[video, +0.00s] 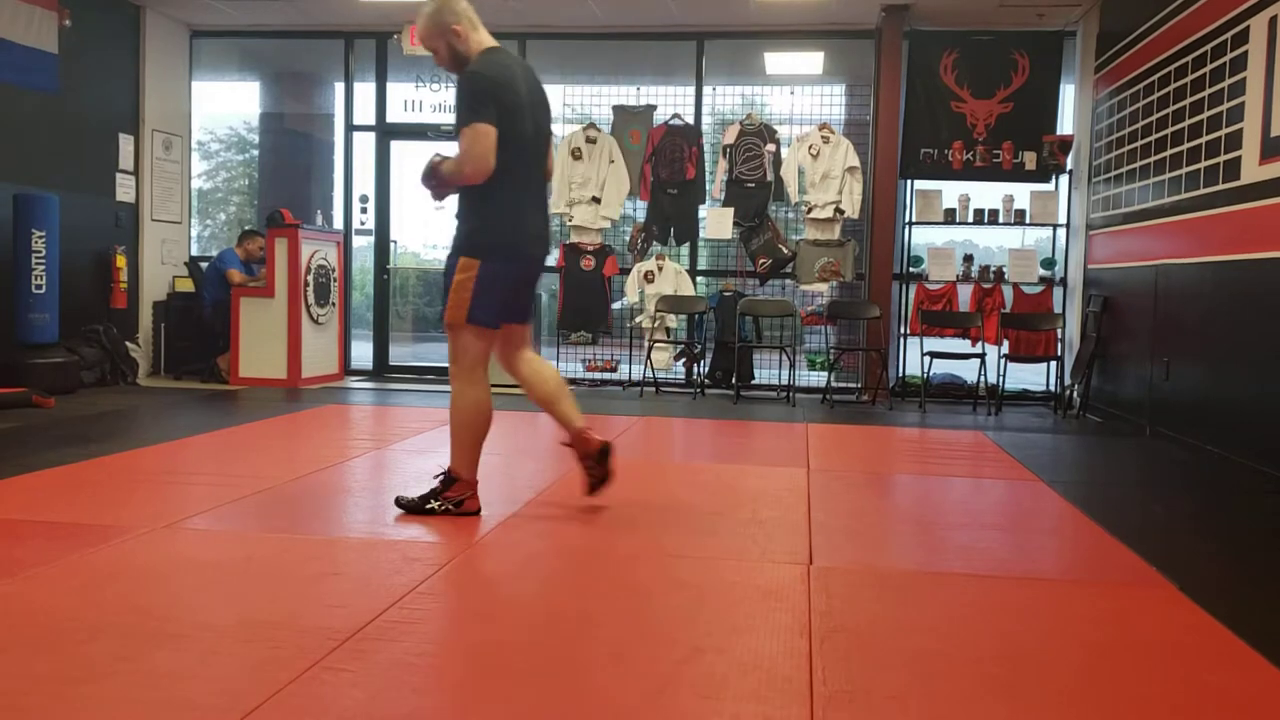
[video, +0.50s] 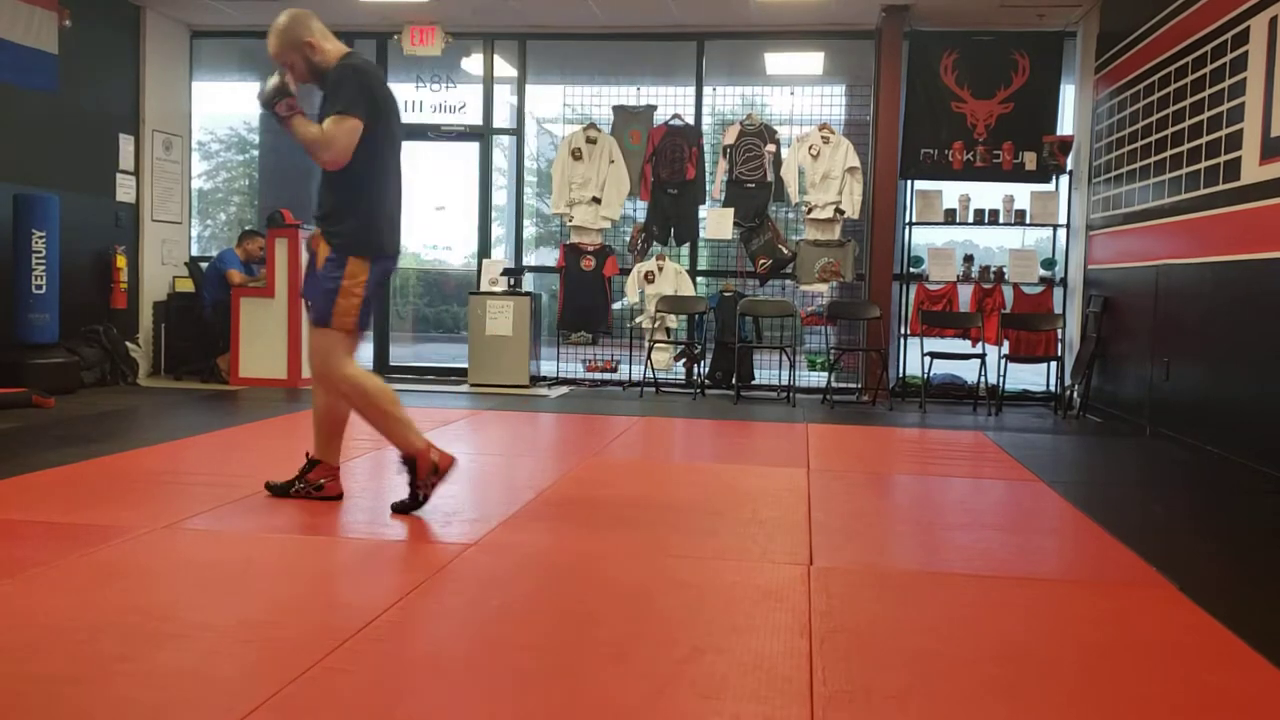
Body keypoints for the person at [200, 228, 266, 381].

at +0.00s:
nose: (261, 253)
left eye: (262, 250)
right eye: (260, 248)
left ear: (248, 245)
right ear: (247, 244)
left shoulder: (245, 263)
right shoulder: (228, 255)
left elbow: (252, 282)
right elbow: (236, 279)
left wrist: (265, 276)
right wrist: (258, 278)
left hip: (230, 307)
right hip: (214, 308)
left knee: (258, 328)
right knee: (252, 331)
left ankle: (226, 363)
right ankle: (223, 362)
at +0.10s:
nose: (261, 254)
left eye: (262, 250)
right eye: (260, 249)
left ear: (248, 245)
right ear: (247, 244)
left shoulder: (246, 264)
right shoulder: (228, 255)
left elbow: (253, 283)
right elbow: (236, 280)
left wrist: (266, 276)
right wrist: (259, 278)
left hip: (230, 308)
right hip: (213, 309)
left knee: (259, 327)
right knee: (253, 331)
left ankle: (226, 364)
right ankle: (223, 363)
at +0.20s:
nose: (262, 254)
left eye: (263, 250)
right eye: (260, 249)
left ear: (248, 245)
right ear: (247, 244)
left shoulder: (246, 264)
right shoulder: (228, 256)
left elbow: (253, 284)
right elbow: (236, 280)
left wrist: (267, 277)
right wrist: (259, 279)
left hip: (230, 308)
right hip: (213, 308)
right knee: (252, 332)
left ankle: (226, 363)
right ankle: (223, 363)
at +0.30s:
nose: (261, 254)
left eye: (262, 250)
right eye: (260, 249)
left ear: (248, 245)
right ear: (247, 244)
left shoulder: (246, 264)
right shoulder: (228, 256)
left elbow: (252, 284)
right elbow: (235, 280)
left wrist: (267, 277)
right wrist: (259, 279)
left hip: (230, 307)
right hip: (214, 308)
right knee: (253, 331)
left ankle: (226, 363)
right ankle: (223, 362)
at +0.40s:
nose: (261, 254)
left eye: (263, 250)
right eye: (260, 249)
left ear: (248, 245)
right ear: (247, 244)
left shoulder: (246, 264)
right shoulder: (229, 256)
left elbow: (253, 284)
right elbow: (236, 280)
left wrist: (267, 277)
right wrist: (259, 279)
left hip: (231, 308)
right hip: (214, 308)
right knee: (252, 332)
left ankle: (227, 363)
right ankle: (223, 362)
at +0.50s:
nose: (261, 254)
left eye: (262, 250)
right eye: (260, 249)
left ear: (248, 245)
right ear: (247, 244)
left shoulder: (246, 264)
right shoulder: (228, 255)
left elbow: (252, 284)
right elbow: (235, 280)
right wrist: (258, 278)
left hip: (230, 308)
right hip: (213, 309)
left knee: (259, 327)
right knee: (253, 330)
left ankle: (227, 363)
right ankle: (224, 362)